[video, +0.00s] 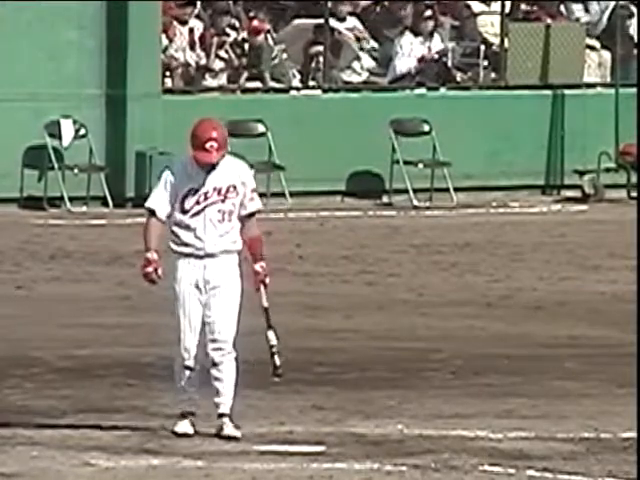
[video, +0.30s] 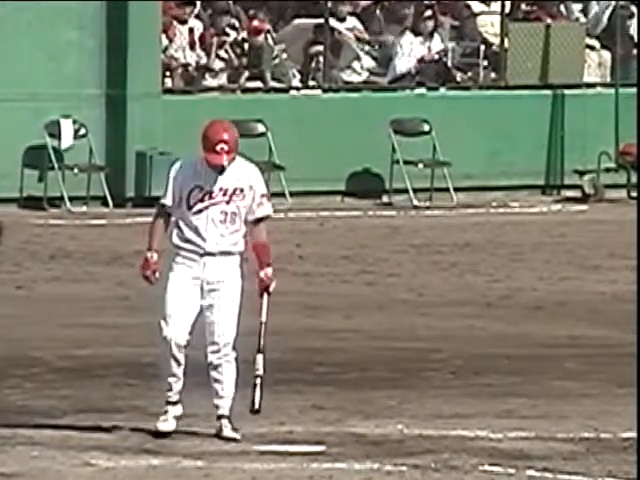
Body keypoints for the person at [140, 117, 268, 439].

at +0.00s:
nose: (206, 161)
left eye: (212, 156)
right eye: (202, 155)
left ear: (223, 149)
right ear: (192, 148)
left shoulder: (239, 171)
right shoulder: (177, 172)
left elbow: (249, 220)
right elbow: (156, 215)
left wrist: (258, 260)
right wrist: (152, 252)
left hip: (225, 263)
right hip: (187, 264)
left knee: (221, 341)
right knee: (189, 343)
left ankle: (224, 415)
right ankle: (186, 413)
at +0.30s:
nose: (221, 160)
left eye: (227, 153)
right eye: (215, 153)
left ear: (235, 150)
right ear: (203, 149)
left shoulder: (249, 175)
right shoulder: (182, 170)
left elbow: (257, 225)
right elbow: (163, 213)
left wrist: (265, 265)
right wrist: (152, 251)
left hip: (226, 267)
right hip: (185, 264)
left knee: (221, 341)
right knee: (173, 335)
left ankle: (224, 415)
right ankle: (172, 405)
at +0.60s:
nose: (211, 167)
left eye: (216, 161)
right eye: (204, 162)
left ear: (222, 154)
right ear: (192, 154)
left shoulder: (235, 179)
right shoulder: (170, 176)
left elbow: (246, 230)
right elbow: (151, 219)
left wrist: (257, 271)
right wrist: (139, 259)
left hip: (217, 271)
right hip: (177, 271)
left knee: (220, 348)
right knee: (169, 347)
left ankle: (225, 418)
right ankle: (155, 419)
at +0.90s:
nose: (194, 170)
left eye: (199, 163)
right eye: (188, 164)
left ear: (206, 156)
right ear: (175, 158)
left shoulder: (218, 177)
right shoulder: (155, 180)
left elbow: (228, 228)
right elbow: (135, 222)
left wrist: (235, 268)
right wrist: (128, 258)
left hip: (208, 271)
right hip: (169, 274)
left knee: (214, 347)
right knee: (165, 351)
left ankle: (216, 414)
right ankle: (154, 420)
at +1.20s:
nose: (206, 174)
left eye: (211, 168)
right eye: (201, 169)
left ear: (219, 161)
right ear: (188, 162)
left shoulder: (233, 180)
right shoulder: (167, 179)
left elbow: (242, 229)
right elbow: (146, 222)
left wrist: (251, 269)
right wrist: (140, 259)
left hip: (214, 273)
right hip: (175, 272)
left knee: (214, 346)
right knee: (169, 346)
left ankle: (211, 417)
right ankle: (154, 418)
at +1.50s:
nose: (214, 173)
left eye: (218, 167)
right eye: (207, 168)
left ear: (224, 160)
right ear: (193, 162)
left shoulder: (236, 183)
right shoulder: (169, 179)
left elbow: (242, 233)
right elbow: (146, 221)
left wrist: (246, 276)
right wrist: (133, 257)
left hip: (212, 274)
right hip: (173, 273)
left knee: (212, 349)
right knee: (167, 347)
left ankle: (211, 417)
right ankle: (153, 419)